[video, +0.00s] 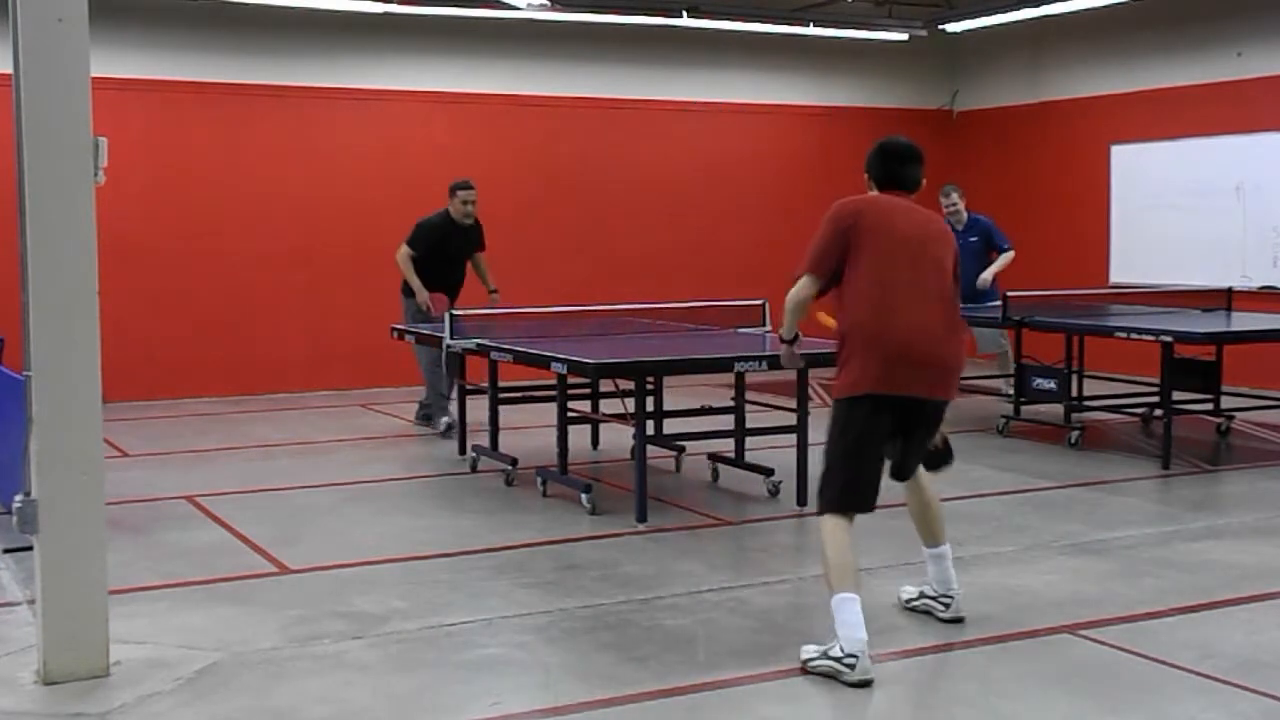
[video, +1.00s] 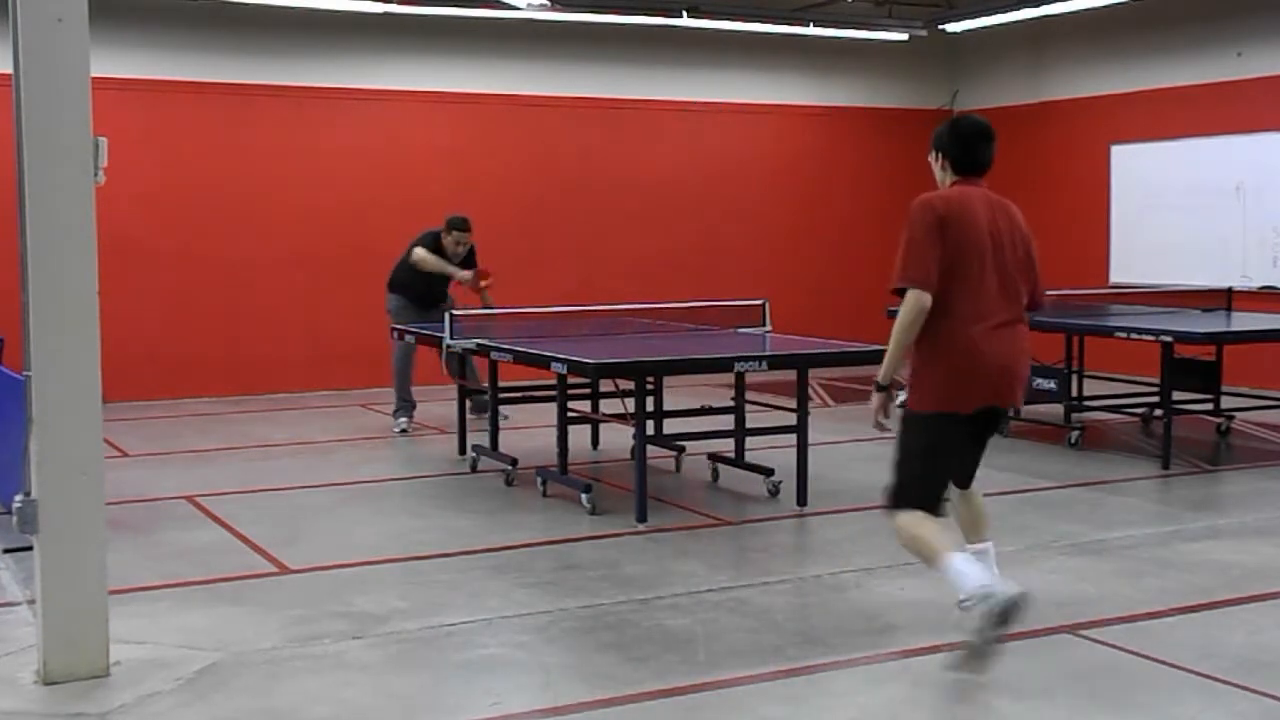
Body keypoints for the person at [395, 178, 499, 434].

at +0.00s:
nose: (470, 208)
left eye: (473, 203)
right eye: (464, 203)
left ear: (476, 203)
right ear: (450, 202)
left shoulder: (474, 227)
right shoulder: (430, 226)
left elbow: (476, 257)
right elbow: (402, 256)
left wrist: (491, 289)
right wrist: (419, 290)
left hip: (446, 302)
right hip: (419, 301)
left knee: (453, 358)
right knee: (431, 357)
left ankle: (428, 407)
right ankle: (441, 413)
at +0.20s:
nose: (459, 194)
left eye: (462, 189)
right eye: (453, 189)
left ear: (466, 190)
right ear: (440, 189)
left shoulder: (468, 214)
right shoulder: (421, 218)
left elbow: (477, 245)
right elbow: (399, 252)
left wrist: (494, 270)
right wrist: (421, 282)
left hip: (445, 297)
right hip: (416, 296)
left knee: (447, 352)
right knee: (417, 350)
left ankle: (431, 410)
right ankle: (403, 410)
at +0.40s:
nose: (454, 199)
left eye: (457, 194)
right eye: (448, 194)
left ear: (462, 195)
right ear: (436, 195)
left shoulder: (467, 218)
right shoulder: (419, 221)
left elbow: (478, 250)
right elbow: (400, 257)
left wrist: (490, 277)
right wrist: (425, 286)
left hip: (451, 296)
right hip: (415, 296)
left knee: (466, 346)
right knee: (405, 350)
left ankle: (461, 398)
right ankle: (400, 410)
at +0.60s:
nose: (463, 215)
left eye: (466, 209)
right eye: (457, 209)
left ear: (471, 208)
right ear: (445, 209)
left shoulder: (480, 231)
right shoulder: (431, 229)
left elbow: (491, 264)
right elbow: (397, 255)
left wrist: (497, 289)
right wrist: (419, 283)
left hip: (462, 301)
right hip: (427, 300)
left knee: (481, 350)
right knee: (417, 349)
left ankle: (488, 404)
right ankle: (403, 411)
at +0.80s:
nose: (466, 237)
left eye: (470, 231)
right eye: (461, 231)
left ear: (476, 229)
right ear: (450, 228)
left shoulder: (480, 246)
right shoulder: (433, 241)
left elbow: (494, 278)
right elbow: (394, 262)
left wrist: (502, 301)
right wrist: (421, 290)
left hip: (458, 303)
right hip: (423, 303)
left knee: (481, 345)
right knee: (417, 348)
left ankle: (487, 404)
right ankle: (405, 411)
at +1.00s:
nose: (462, 250)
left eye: (466, 244)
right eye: (457, 243)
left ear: (471, 240)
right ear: (445, 236)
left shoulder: (467, 251)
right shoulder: (429, 241)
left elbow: (473, 280)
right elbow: (417, 257)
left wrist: (487, 302)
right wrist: (457, 273)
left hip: (437, 302)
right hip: (405, 299)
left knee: (457, 349)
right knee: (405, 347)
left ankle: (479, 402)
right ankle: (403, 412)